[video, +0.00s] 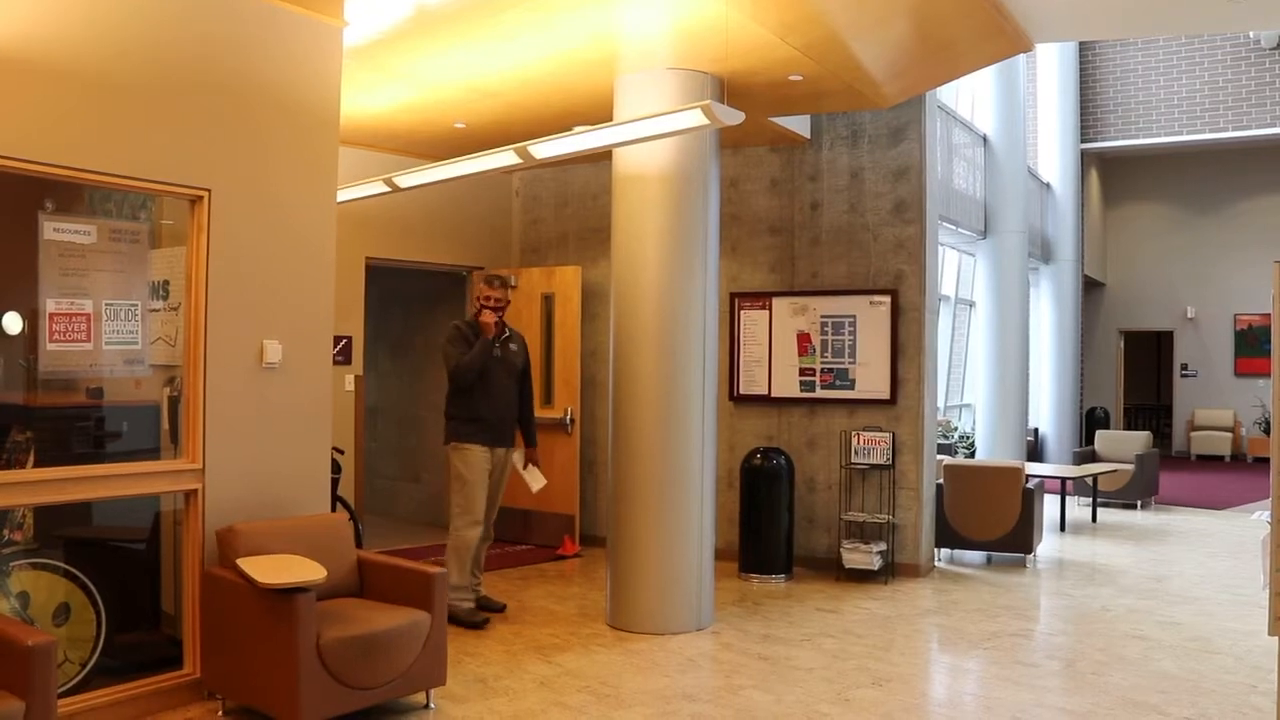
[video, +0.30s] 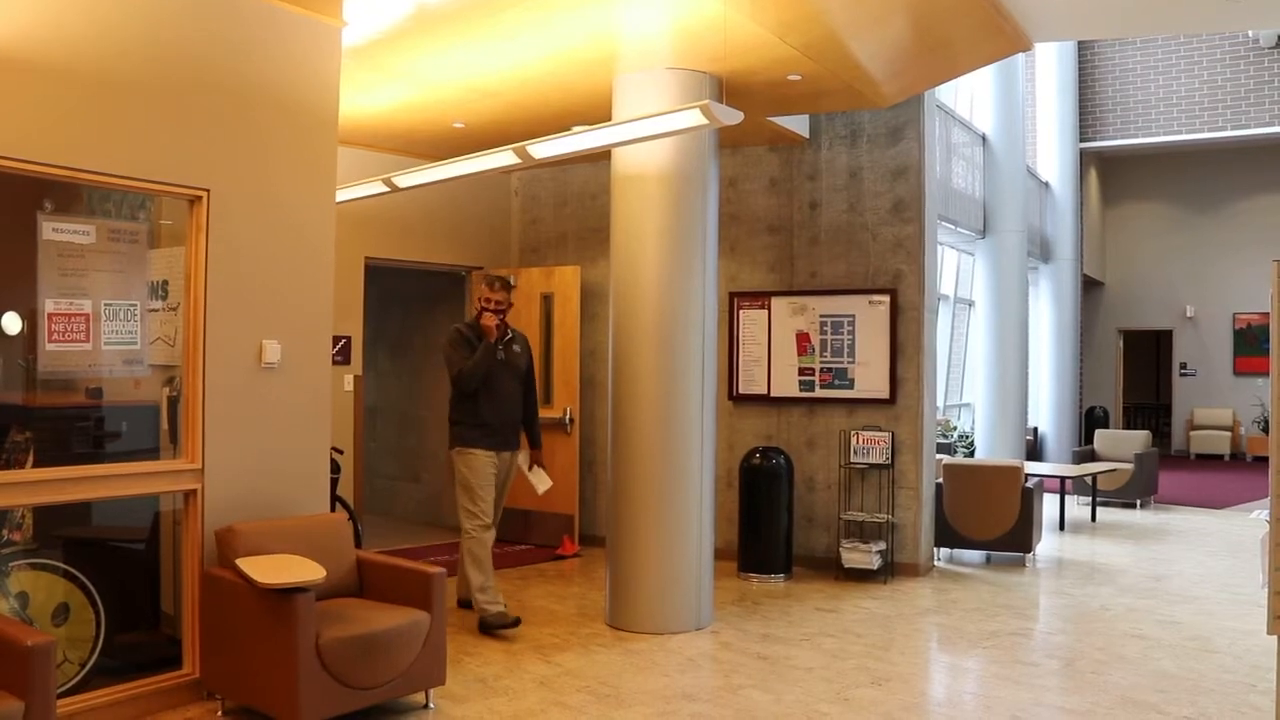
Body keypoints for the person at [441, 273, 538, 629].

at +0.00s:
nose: (494, 308)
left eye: (500, 303)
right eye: (489, 302)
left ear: (508, 303)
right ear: (477, 299)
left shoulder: (515, 341)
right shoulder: (460, 332)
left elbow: (524, 397)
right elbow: (460, 377)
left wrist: (530, 445)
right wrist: (486, 337)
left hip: (502, 441)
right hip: (468, 440)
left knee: (485, 522)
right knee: (468, 521)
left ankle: (474, 590)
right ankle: (457, 600)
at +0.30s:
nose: (493, 311)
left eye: (500, 306)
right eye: (488, 304)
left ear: (509, 305)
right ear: (478, 300)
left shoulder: (518, 342)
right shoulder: (461, 335)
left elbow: (529, 397)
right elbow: (464, 383)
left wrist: (535, 447)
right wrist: (488, 340)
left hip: (507, 444)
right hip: (472, 444)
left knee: (487, 523)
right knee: (478, 524)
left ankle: (467, 591)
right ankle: (490, 608)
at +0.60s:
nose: (494, 309)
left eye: (501, 303)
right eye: (489, 302)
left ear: (511, 301)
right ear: (478, 296)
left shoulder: (521, 337)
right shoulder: (462, 335)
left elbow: (532, 392)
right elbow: (470, 384)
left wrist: (540, 441)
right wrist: (492, 341)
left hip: (515, 445)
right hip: (479, 446)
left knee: (503, 524)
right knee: (486, 529)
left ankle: (473, 582)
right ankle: (492, 614)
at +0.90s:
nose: (495, 306)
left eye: (502, 300)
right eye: (488, 299)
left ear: (513, 299)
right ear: (478, 295)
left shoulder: (524, 333)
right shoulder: (463, 335)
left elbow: (536, 388)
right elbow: (472, 386)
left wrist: (548, 435)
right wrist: (495, 340)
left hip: (527, 446)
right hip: (484, 449)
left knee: (532, 523)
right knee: (486, 534)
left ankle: (505, 594)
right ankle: (489, 614)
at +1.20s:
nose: (501, 304)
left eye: (507, 298)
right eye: (495, 297)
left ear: (518, 297)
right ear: (484, 293)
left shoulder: (533, 334)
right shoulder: (468, 332)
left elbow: (546, 389)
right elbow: (473, 381)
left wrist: (557, 440)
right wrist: (497, 337)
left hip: (533, 448)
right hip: (487, 450)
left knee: (526, 537)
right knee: (489, 539)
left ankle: (520, 609)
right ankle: (490, 616)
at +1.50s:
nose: (510, 302)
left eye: (517, 297)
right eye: (504, 295)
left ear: (527, 297)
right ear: (494, 292)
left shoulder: (539, 336)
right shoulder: (476, 330)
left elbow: (553, 394)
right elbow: (479, 378)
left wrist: (564, 445)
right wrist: (504, 334)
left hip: (535, 450)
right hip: (491, 450)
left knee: (525, 539)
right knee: (490, 539)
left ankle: (519, 610)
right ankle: (488, 616)